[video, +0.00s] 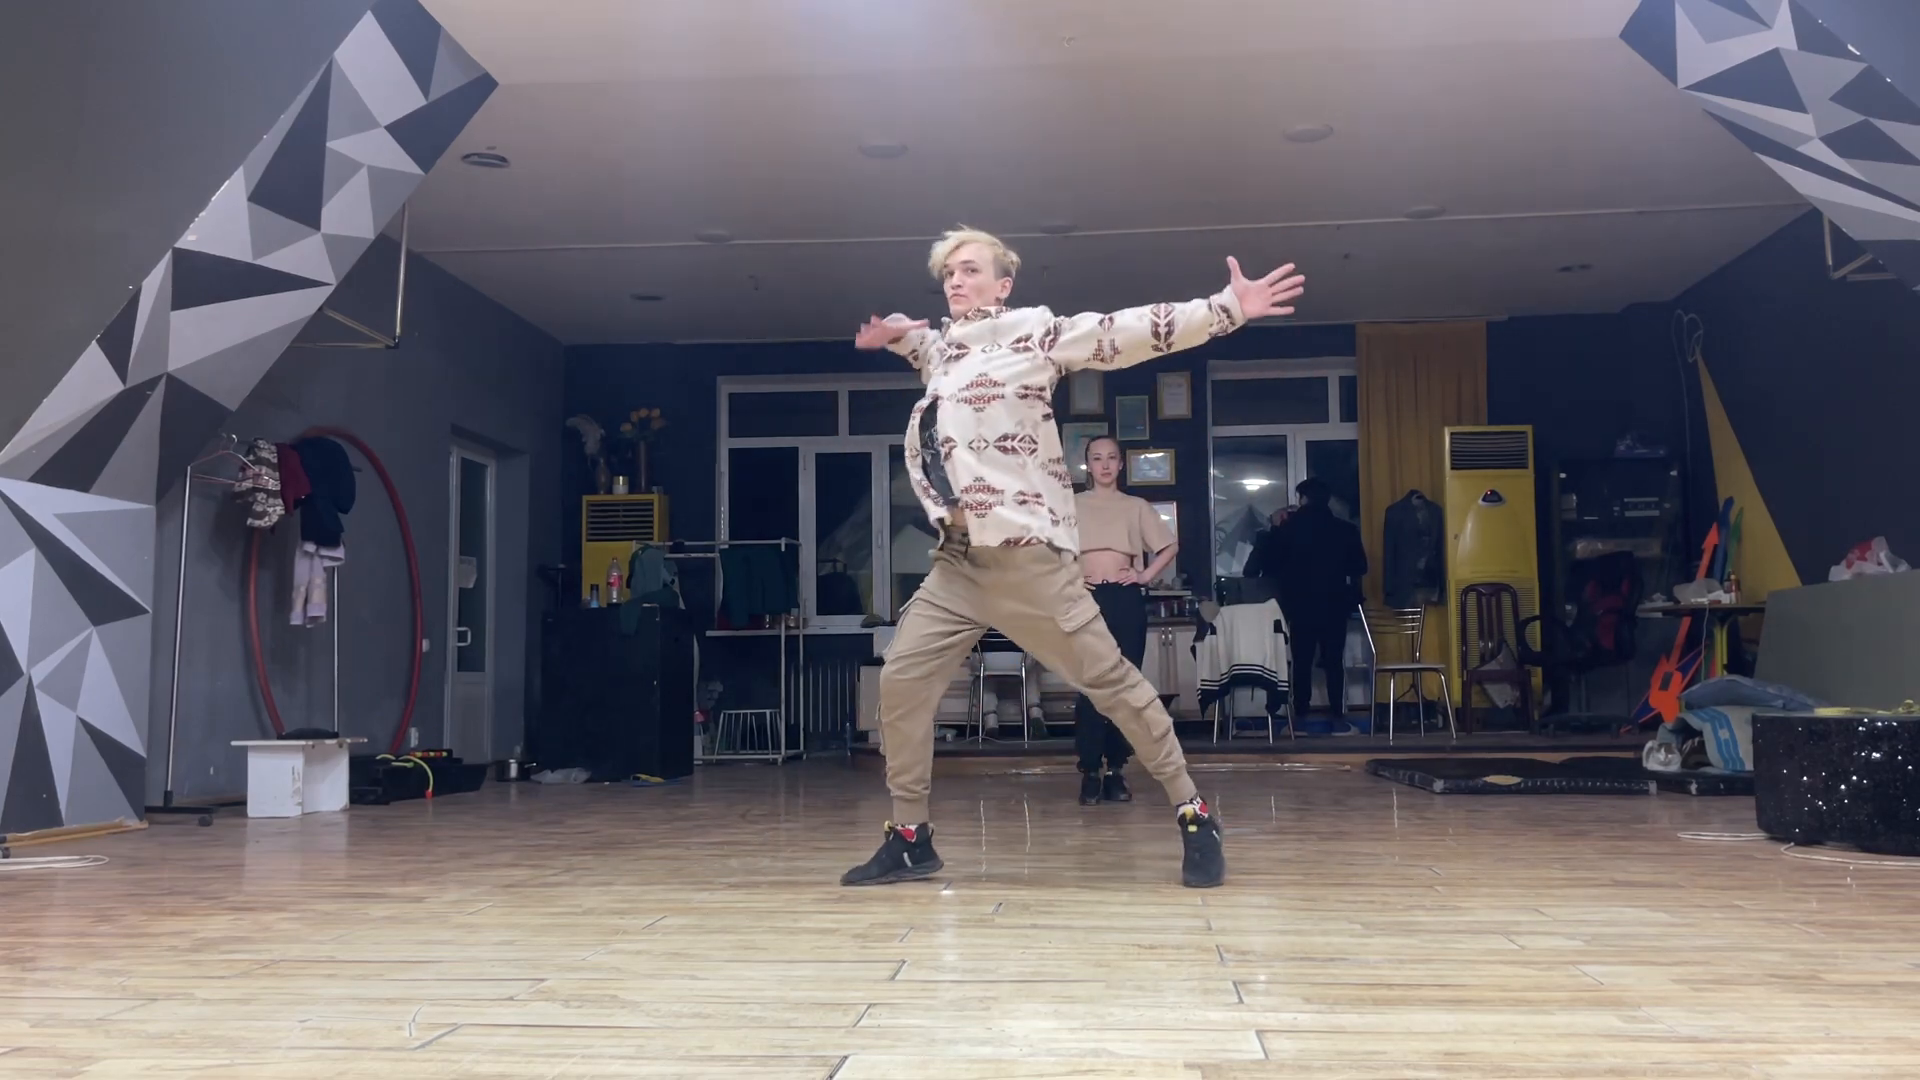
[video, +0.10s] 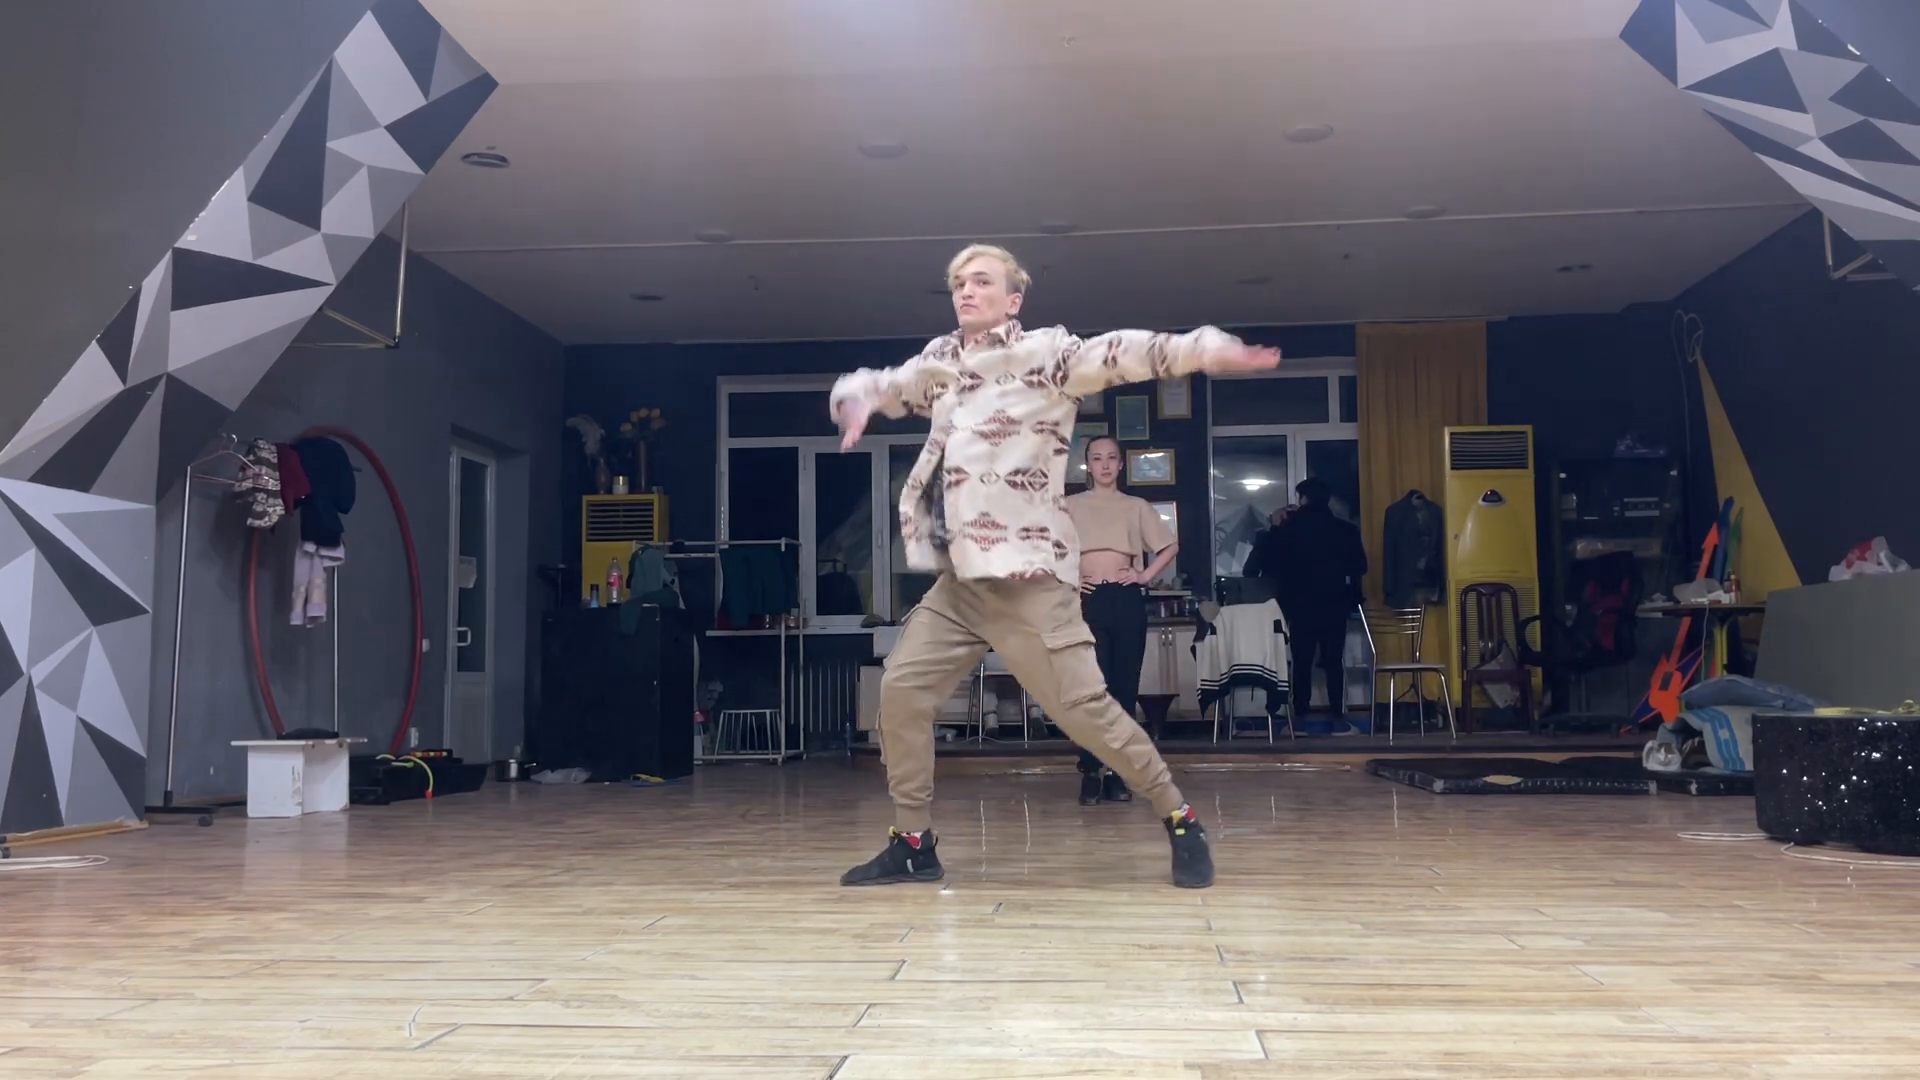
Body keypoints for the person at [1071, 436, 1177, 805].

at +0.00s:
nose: (1105, 464)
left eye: (1111, 458)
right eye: (1097, 458)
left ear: (1121, 463)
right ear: (1086, 465)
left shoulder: (1136, 506)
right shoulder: (1070, 505)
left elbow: (1170, 546)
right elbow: (1052, 546)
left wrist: (1146, 575)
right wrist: (1071, 578)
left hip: (1126, 598)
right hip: (1084, 599)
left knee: (1122, 681)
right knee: (1090, 682)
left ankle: (1115, 771)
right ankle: (1090, 772)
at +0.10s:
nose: (1105, 465)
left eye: (1111, 458)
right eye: (1098, 458)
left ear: (1121, 463)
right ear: (1087, 464)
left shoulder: (1137, 507)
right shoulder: (1068, 506)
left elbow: (1170, 547)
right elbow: (1047, 547)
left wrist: (1146, 574)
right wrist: (1068, 579)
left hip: (1126, 600)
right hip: (1084, 601)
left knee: (1124, 688)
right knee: (1089, 685)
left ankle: (1118, 774)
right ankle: (1090, 772)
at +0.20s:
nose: (1107, 471)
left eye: (1112, 463)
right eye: (1101, 463)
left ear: (1120, 468)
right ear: (1087, 467)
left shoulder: (1135, 507)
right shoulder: (1070, 506)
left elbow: (1170, 546)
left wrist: (1146, 576)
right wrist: (1068, 575)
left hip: (1124, 597)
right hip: (1082, 599)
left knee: (1122, 691)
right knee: (1088, 690)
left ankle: (1115, 779)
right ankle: (1090, 777)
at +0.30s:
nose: (1106, 465)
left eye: (1111, 458)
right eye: (1100, 459)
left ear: (1121, 464)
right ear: (1088, 465)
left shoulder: (1135, 507)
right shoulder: (1074, 503)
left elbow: (1170, 546)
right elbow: (1054, 547)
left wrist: (1146, 574)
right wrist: (1076, 571)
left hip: (1124, 597)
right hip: (1081, 596)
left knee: (1123, 687)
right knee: (1087, 685)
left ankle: (1119, 773)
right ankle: (1090, 771)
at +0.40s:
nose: (1105, 464)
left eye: (1111, 458)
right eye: (1099, 458)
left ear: (1121, 464)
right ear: (1087, 464)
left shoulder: (1136, 507)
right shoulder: (1076, 502)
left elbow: (1170, 546)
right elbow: (1063, 546)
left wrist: (1146, 574)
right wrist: (1087, 569)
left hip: (1127, 596)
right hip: (1087, 595)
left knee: (1125, 682)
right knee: (1092, 682)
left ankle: (1115, 771)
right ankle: (1090, 771)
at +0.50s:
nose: (1106, 465)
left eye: (1112, 458)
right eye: (1099, 459)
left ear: (1121, 464)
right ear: (1088, 465)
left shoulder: (1137, 507)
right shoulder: (1074, 503)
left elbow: (1170, 547)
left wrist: (1146, 574)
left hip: (1126, 595)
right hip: (1084, 594)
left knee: (1126, 685)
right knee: (1092, 685)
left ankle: (1115, 771)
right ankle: (1091, 772)